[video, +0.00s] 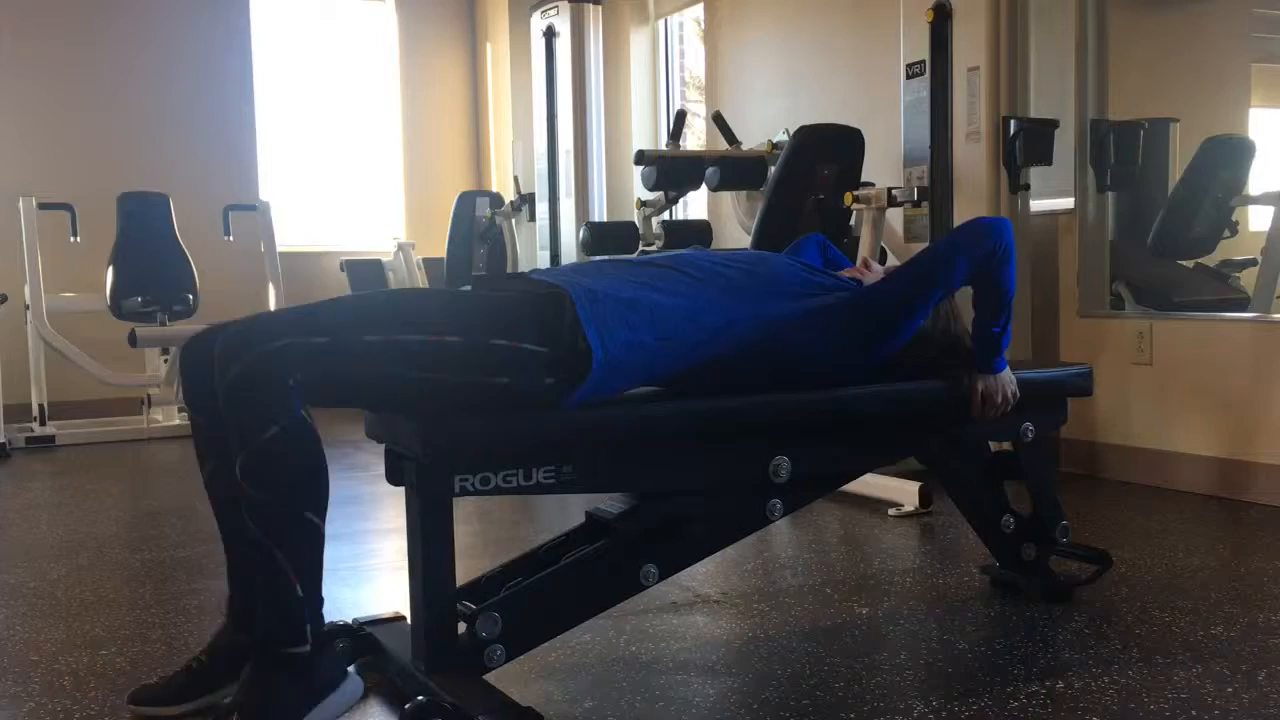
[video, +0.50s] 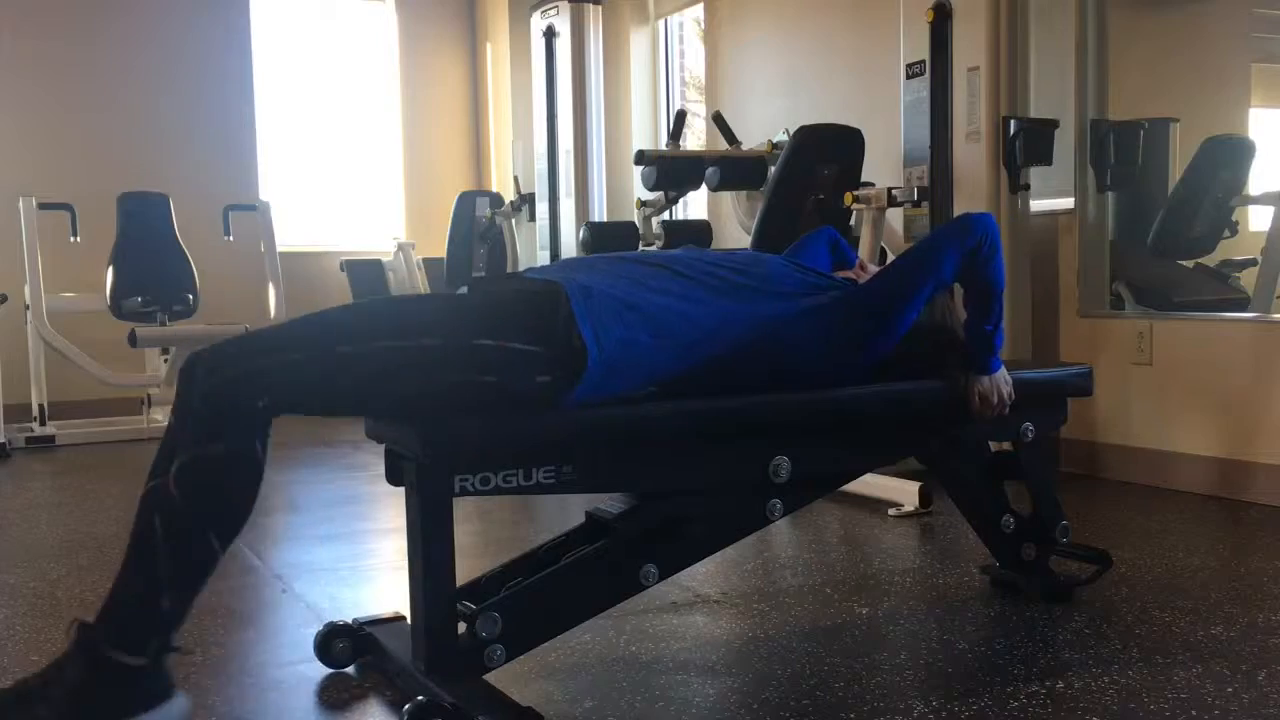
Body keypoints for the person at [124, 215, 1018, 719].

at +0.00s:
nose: (911, 276)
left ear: (914, 311)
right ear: (886, 287)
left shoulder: (859, 323)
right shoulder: (777, 280)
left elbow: (991, 230)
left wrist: (991, 360)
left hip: (551, 332)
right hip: (511, 302)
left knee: (249, 370)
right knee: (206, 357)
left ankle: (303, 644)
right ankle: (252, 625)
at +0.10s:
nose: (888, 256)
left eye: (916, 278)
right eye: (901, 264)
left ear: (913, 309)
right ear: (879, 285)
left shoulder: (851, 321)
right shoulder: (761, 283)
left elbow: (988, 231)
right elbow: (817, 220)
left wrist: (988, 358)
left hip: (547, 331)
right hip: (506, 302)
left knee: (236, 338)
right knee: (223, 330)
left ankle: (269, 619)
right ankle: (236, 604)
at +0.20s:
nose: (852, 248)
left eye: (864, 253)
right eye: (846, 244)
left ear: (874, 291)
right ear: (818, 270)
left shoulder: (854, 319)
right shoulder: (758, 282)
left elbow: (985, 229)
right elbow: (816, 211)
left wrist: (982, 354)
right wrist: (861, 270)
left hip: (548, 333)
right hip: (505, 297)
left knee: (233, 338)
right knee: (217, 325)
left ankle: (243, 622)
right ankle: (204, 602)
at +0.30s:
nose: (843, 236)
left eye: (852, 233)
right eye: (837, 229)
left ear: (864, 277)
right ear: (819, 253)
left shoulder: (850, 316)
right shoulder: (738, 273)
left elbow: (979, 223)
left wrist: (980, 354)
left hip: (539, 335)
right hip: (500, 302)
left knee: (222, 365)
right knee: (213, 355)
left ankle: (182, 653)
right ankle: (156, 637)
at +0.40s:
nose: (841, 239)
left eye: (853, 238)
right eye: (835, 231)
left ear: (860, 276)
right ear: (806, 254)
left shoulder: (843, 315)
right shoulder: (733, 275)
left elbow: (972, 225)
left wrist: (969, 343)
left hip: (540, 341)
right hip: (500, 311)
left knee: (225, 385)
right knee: (214, 369)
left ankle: (156, 664)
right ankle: (137, 648)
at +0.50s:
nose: (840, 234)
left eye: (850, 231)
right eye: (835, 226)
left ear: (856, 272)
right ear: (813, 250)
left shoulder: (844, 313)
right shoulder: (735, 273)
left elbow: (974, 223)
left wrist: (973, 347)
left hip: (541, 332)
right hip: (504, 304)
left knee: (225, 377)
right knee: (223, 368)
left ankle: (127, 656)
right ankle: (129, 640)